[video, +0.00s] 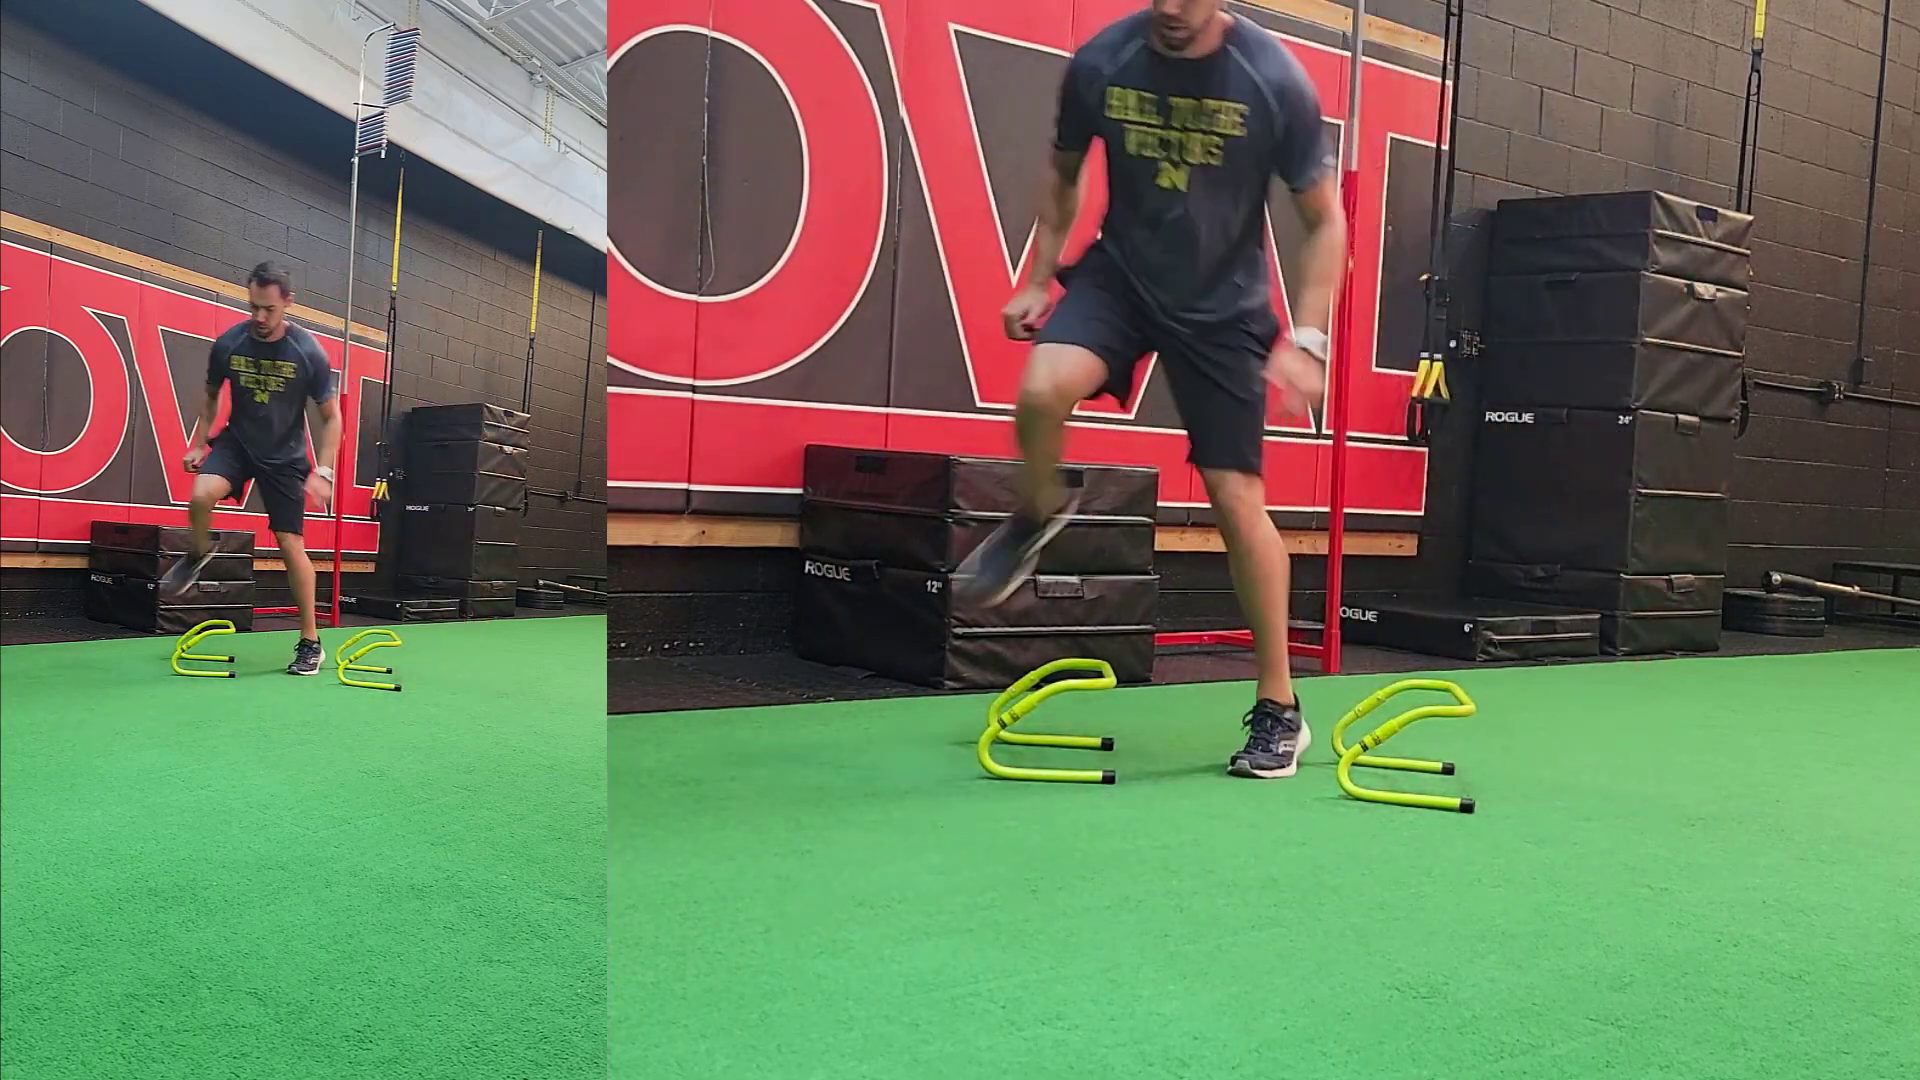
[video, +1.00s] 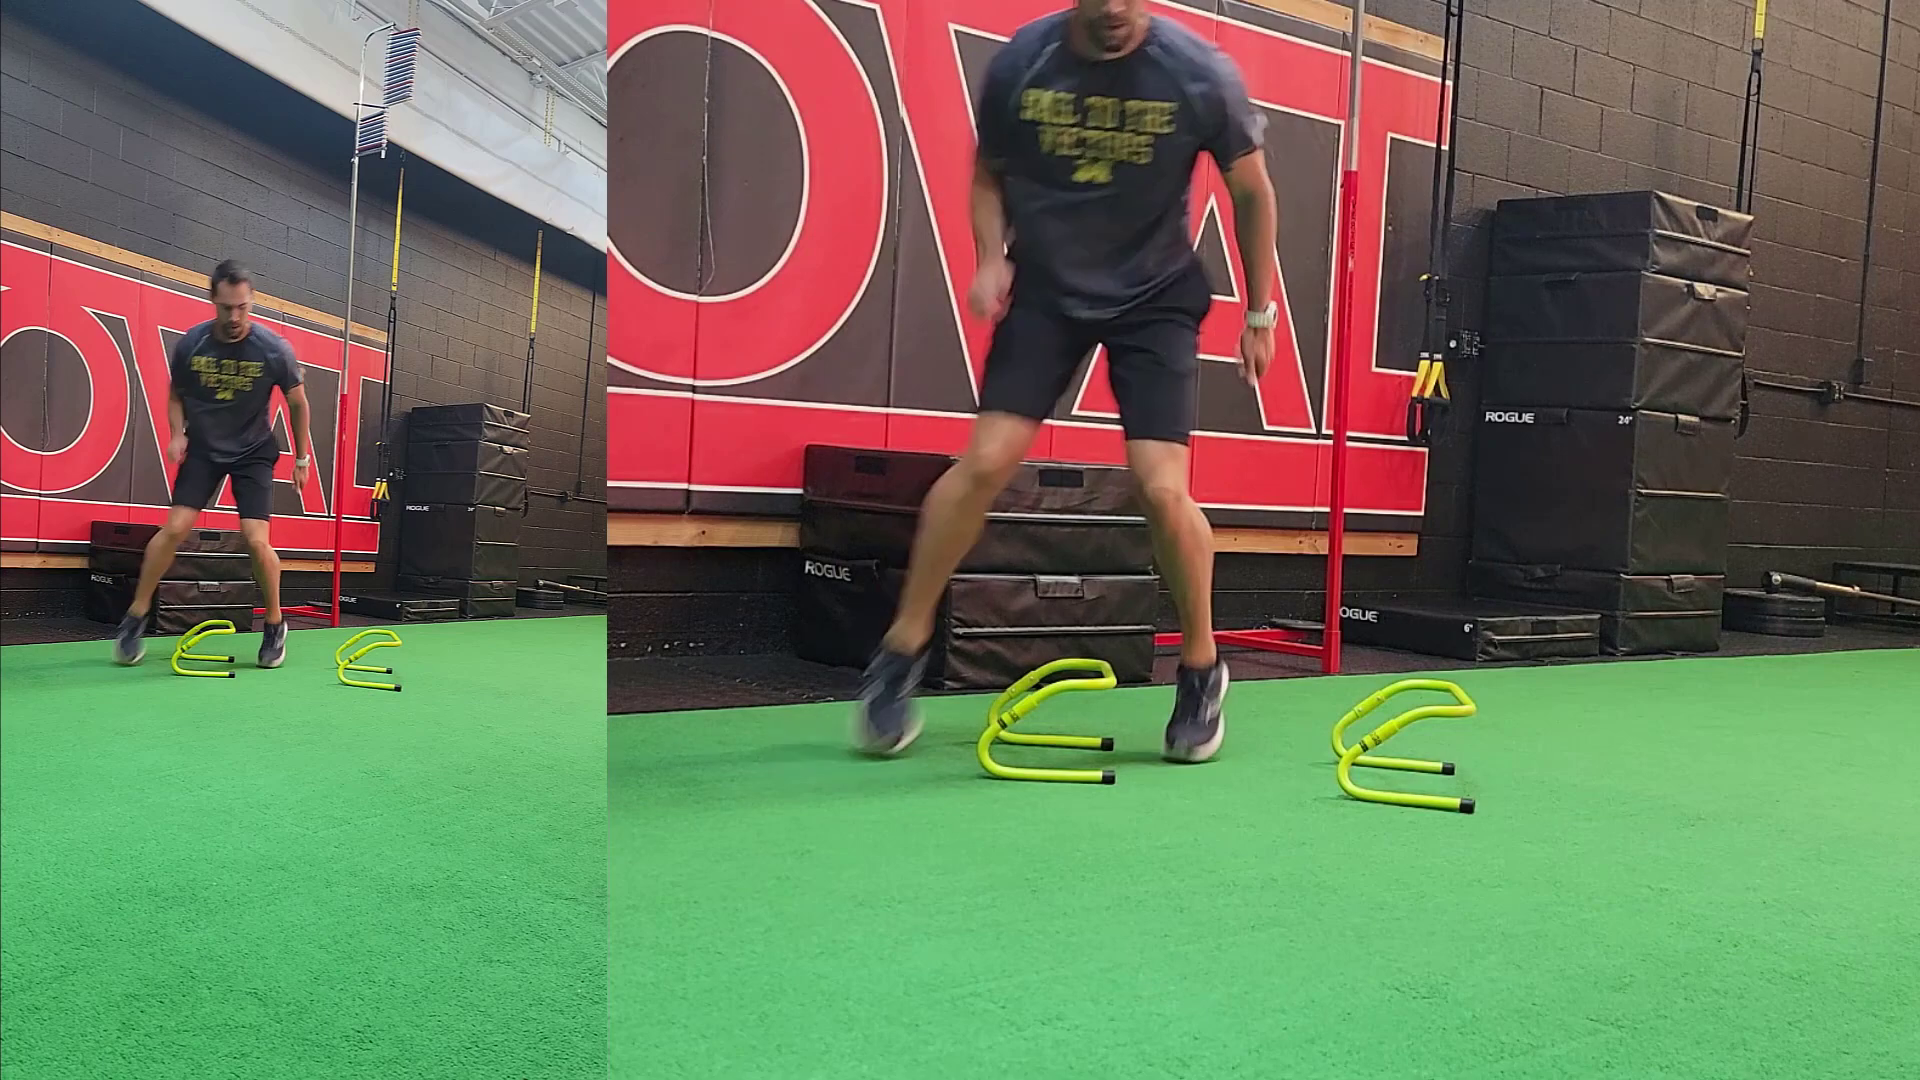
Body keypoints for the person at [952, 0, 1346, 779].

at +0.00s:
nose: (1172, 10)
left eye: (1191, 0)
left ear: (1227, 2)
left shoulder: (1276, 83)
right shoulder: (1098, 64)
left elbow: (1324, 219)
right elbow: (1064, 175)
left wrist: (1307, 339)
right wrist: (1038, 278)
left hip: (1224, 304)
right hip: (1119, 279)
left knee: (1234, 495)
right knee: (1040, 392)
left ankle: (1278, 705)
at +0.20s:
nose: (1030, 63)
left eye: (1048, 46)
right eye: (1018, 43)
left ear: (1087, 29)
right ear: (1002, 29)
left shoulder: (1136, 129)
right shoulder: (961, 107)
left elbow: (1145, 287)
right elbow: (948, 208)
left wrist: (1030, 264)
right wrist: (939, 295)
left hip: (1101, 320)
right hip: (993, 313)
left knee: (1094, 460)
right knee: (939, 494)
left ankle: (1120, 512)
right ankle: (866, 693)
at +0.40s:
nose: (936, 131)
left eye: (954, 114)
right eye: (921, 112)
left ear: (995, 87)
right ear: (904, 90)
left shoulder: (1053, 187)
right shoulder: (891, 146)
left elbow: (1000, 342)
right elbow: (897, 234)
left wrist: (911, 244)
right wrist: (891, 297)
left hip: (1036, 360)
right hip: (932, 347)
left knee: (982, 493)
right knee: (892, 502)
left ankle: (945, 545)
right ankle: (860, 695)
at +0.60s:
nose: (918, 129)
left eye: (937, 110)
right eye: (903, 108)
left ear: (977, 85)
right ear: (884, 86)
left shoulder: (1037, 183)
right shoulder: (866, 155)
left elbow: (1013, 345)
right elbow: (873, 248)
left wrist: (916, 257)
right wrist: (876, 313)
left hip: (1018, 366)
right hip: (918, 349)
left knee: (945, 487)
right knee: (879, 499)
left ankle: (917, 567)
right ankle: (858, 694)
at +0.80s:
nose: (975, 92)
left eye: (991, 70)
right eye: (956, 74)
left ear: (1018, 52)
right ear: (931, 60)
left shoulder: (1074, 152)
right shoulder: (898, 151)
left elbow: (1144, 284)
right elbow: (874, 287)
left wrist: (1175, 408)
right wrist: (855, 405)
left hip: (1050, 348)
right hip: (943, 350)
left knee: (998, 480)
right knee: (891, 502)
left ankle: (1083, 522)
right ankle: (861, 696)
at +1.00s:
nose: (1117, 14)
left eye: (1131, 2)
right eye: (1102, 2)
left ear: (1149, 1)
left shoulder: (1201, 76)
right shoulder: (1017, 65)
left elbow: (1253, 189)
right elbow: (988, 174)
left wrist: (1264, 309)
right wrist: (990, 257)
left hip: (1156, 298)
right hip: (1048, 296)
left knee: (1160, 485)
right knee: (985, 462)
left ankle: (1201, 668)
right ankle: (905, 643)